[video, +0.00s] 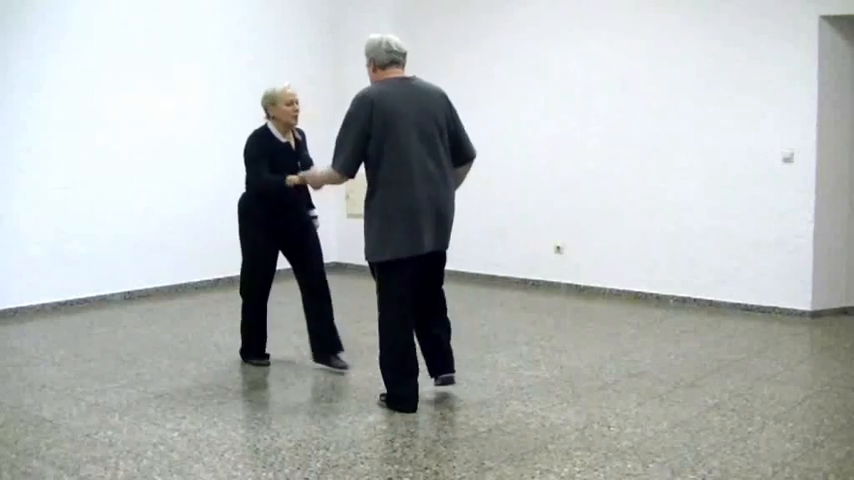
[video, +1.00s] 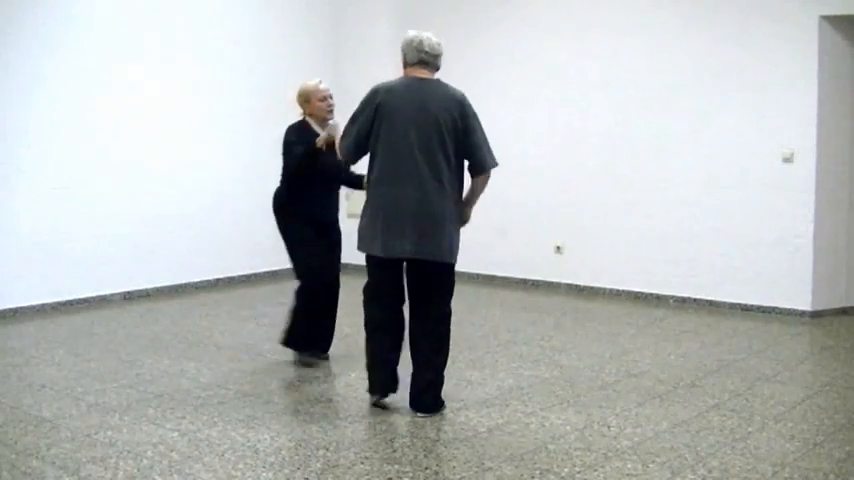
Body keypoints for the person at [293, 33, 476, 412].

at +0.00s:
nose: (367, 72)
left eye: (367, 67)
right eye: (369, 67)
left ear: (373, 66)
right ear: (403, 62)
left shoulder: (369, 99)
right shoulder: (435, 96)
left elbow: (342, 172)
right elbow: (464, 158)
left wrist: (311, 177)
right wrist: (439, 191)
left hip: (392, 221)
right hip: (437, 218)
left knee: (394, 309)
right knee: (430, 294)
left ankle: (402, 396)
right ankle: (443, 370)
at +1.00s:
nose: (404, 67)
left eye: (403, 60)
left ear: (403, 61)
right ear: (439, 63)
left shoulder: (382, 95)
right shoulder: (456, 101)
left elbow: (347, 152)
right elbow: (482, 170)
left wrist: (341, 131)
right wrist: (467, 206)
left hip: (384, 225)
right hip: (437, 227)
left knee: (383, 306)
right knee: (433, 313)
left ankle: (381, 387)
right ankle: (427, 400)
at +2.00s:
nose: (433, 72)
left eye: (432, 67)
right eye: (431, 67)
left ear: (394, 65)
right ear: (418, 69)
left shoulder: (372, 91)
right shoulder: (406, 107)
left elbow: (424, 83)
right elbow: (413, 178)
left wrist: (461, 65)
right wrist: (451, 187)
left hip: (359, 217)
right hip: (391, 223)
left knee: (372, 298)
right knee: (405, 301)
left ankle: (346, 364)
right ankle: (391, 384)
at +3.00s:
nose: (456, 74)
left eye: (457, 67)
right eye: (451, 67)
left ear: (437, 68)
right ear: (426, 67)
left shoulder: (447, 107)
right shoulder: (397, 104)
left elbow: (453, 159)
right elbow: (393, 165)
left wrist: (467, 178)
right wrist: (444, 180)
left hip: (433, 221)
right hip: (401, 222)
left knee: (427, 292)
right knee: (433, 286)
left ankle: (419, 371)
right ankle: (410, 374)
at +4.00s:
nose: (438, 81)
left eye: (439, 74)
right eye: (436, 73)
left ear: (404, 69)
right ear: (417, 69)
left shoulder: (367, 96)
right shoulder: (412, 101)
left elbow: (327, 146)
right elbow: (442, 154)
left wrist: (325, 187)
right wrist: (496, 170)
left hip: (357, 219)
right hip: (389, 223)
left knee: (384, 298)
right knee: (394, 302)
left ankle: (399, 365)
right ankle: (383, 381)